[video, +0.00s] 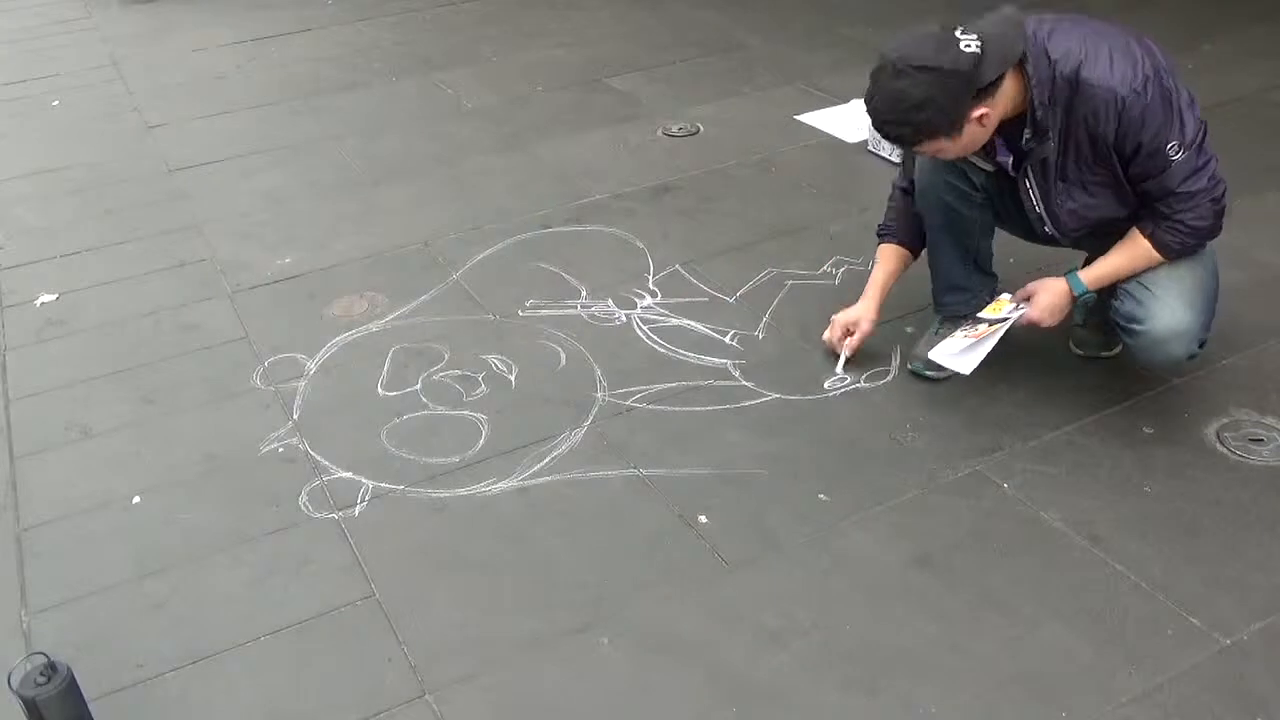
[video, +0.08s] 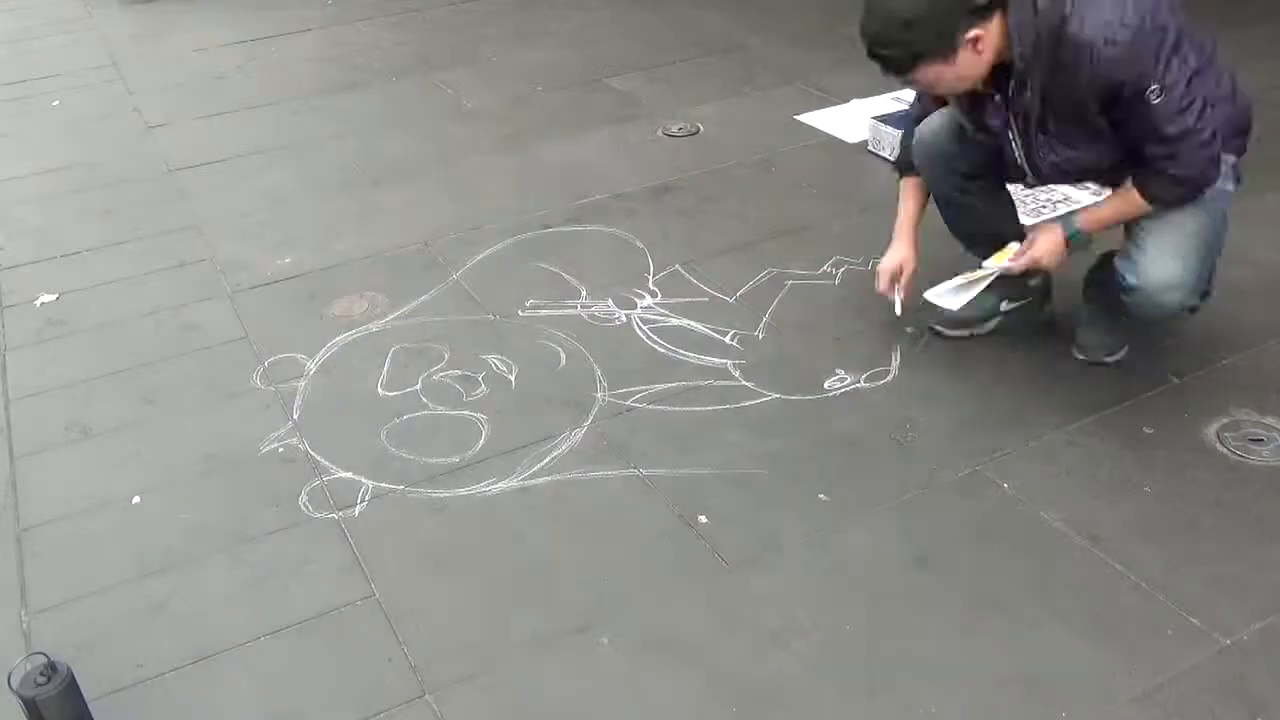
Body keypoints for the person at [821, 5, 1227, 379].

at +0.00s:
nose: (931, 157)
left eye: (934, 146)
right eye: (922, 150)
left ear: (979, 116)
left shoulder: (1122, 92)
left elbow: (1195, 214)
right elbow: (911, 194)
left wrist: (1076, 286)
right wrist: (871, 299)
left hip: (1138, 217)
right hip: (1052, 203)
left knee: (1169, 340)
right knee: (936, 170)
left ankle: (1099, 293)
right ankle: (965, 316)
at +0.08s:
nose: (921, 90)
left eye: (924, 78)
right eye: (914, 80)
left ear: (973, 44)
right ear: (974, 39)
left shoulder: (1115, 45)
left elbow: (1188, 170)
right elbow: (920, 130)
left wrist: (1069, 229)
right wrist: (903, 239)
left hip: (1170, 152)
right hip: (1071, 134)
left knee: (1165, 289)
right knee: (937, 146)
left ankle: (1109, 293)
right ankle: (1017, 282)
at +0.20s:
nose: (1010, 120)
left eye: (1008, 108)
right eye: (1000, 112)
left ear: (1043, 67)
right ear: (1044, 64)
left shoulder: (1168, 34)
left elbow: (1246, 184)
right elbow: (1003, 159)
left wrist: (1135, 268)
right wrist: (999, 261)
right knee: (1014, 184)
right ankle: (1151, 254)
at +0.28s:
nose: (893, 73)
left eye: (887, 62)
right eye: (883, 65)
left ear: (922, 33)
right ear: (923, 29)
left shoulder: (1039, 26)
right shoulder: (960, 46)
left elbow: (1104, 163)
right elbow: (920, 133)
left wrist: (1008, 234)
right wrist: (846, 216)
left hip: (1187, 146)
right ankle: (1117, 229)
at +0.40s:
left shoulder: (1256, 11)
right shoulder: (1111, 6)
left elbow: (1279, 133)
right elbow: (1087, 81)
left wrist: (1225, 217)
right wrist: (1045, 167)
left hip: (1246, 166)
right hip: (1158, 140)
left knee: (1243, 287)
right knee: (1038, 130)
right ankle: (1143, 244)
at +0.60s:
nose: (1009, 84)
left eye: (1012, 77)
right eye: (1003, 77)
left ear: (1051, 57)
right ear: (1051, 52)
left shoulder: (1182, 34)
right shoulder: (1060, 34)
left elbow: (1258, 150)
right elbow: (1004, 114)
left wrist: (1145, 199)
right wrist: (942, 198)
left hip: (1221, 162)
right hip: (1141, 151)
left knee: (1201, 243)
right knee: (1027, 109)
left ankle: (1167, 259)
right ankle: (1079, 238)